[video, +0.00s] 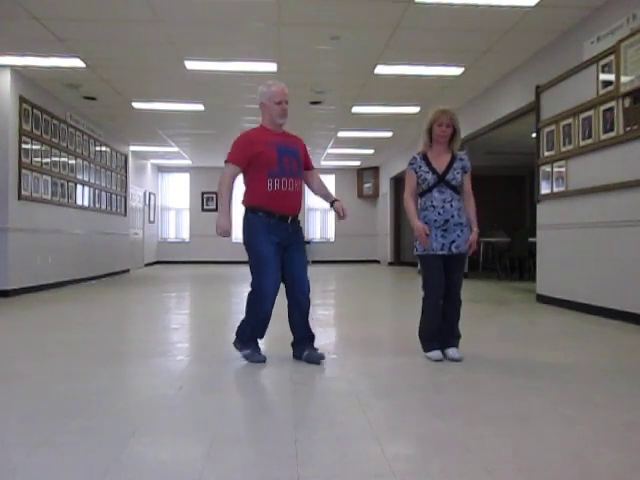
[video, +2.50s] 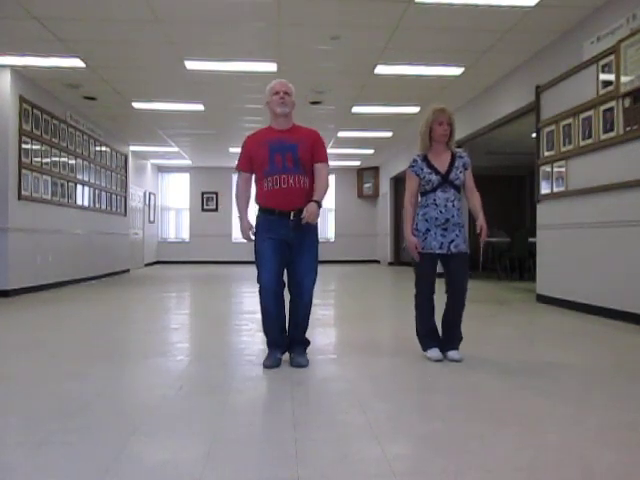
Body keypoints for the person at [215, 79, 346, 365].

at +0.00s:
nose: (285, 107)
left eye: (287, 103)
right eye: (279, 103)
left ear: (288, 105)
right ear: (263, 106)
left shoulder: (296, 143)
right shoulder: (249, 140)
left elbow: (312, 179)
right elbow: (228, 176)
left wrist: (333, 200)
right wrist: (224, 215)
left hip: (291, 224)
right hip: (260, 222)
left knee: (299, 287)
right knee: (267, 284)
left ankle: (303, 346)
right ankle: (246, 339)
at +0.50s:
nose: (297, 103)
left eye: (303, 98)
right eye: (292, 99)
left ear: (311, 102)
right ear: (285, 104)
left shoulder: (326, 138)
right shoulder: (272, 142)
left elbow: (337, 174)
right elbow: (263, 180)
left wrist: (323, 205)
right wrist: (260, 214)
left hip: (314, 222)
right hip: (280, 223)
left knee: (316, 288)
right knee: (280, 288)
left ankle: (313, 345)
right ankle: (287, 348)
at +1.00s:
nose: (287, 107)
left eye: (292, 102)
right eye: (281, 103)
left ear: (301, 107)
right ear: (274, 108)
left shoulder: (317, 145)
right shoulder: (261, 147)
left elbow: (332, 184)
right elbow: (250, 186)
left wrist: (334, 220)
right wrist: (244, 222)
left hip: (306, 229)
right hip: (271, 228)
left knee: (311, 291)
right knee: (268, 292)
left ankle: (312, 345)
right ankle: (262, 348)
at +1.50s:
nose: (268, 101)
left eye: (274, 97)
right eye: (263, 97)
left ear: (282, 102)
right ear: (255, 103)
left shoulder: (298, 141)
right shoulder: (240, 140)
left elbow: (310, 180)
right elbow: (225, 177)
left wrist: (311, 213)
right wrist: (226, 209)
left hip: (287, 223)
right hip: (250, 222)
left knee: (290, 288)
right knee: (253, 289)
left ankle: (285, 345)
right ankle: (260, 347)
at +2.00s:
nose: (274, 103)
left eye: (279, 99)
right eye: (269, 99)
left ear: (288, 106)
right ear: (261, 107)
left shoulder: (305, 144)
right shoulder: (247, 146)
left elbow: (318, 186)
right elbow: (234, 186)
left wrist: (317, 223)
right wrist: (229, 223)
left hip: (296, 228)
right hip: (260, 229)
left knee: (300, 292)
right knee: (260, 293)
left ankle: (298, 347)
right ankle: (261, 348)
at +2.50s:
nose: (282, 96)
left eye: (287, 93)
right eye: (276, 93)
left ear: (295, 102)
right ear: (267, 102)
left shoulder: (311, 137)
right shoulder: (254, 141)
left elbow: (322, 175)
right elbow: (243, 182)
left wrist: (316, 202)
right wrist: (243, 216)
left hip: (304, 220)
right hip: (269, 220)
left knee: (303, 287)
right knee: (268, 285)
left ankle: (298, 346)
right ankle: (275, 347)